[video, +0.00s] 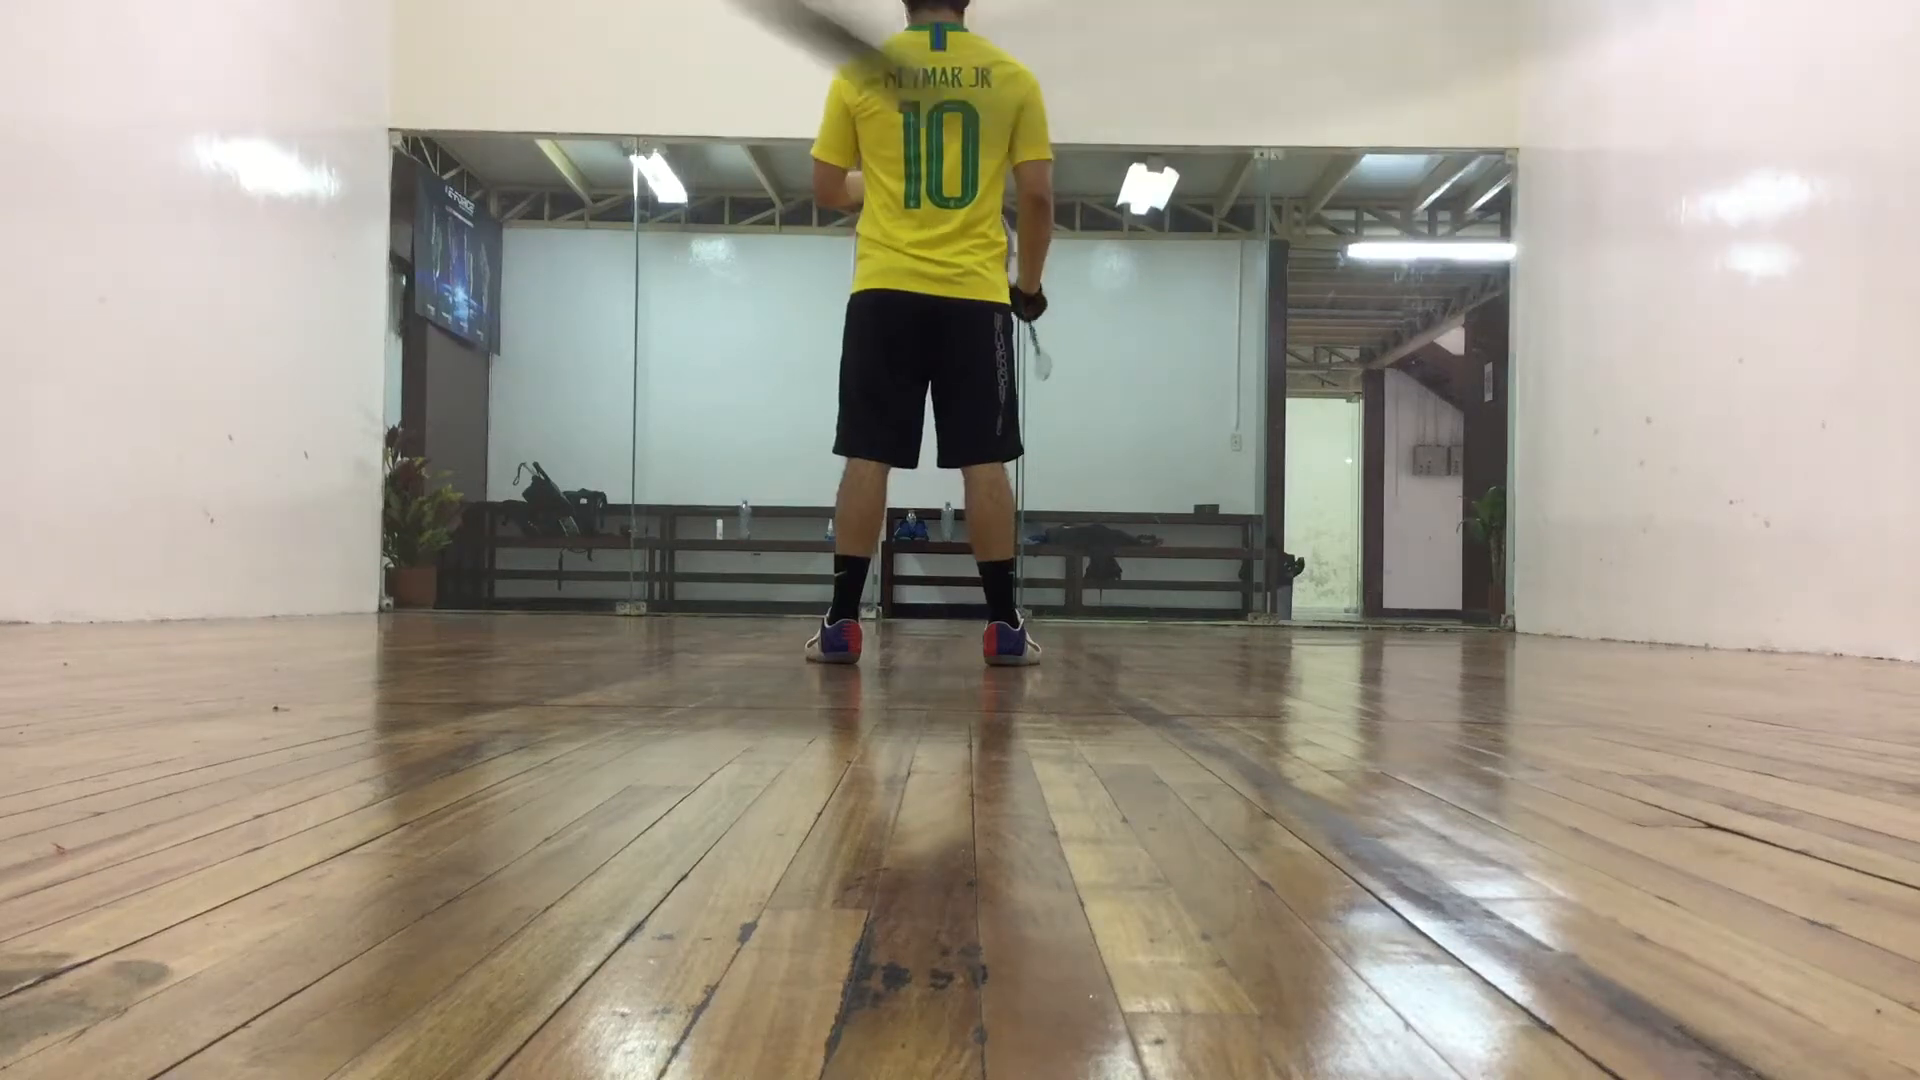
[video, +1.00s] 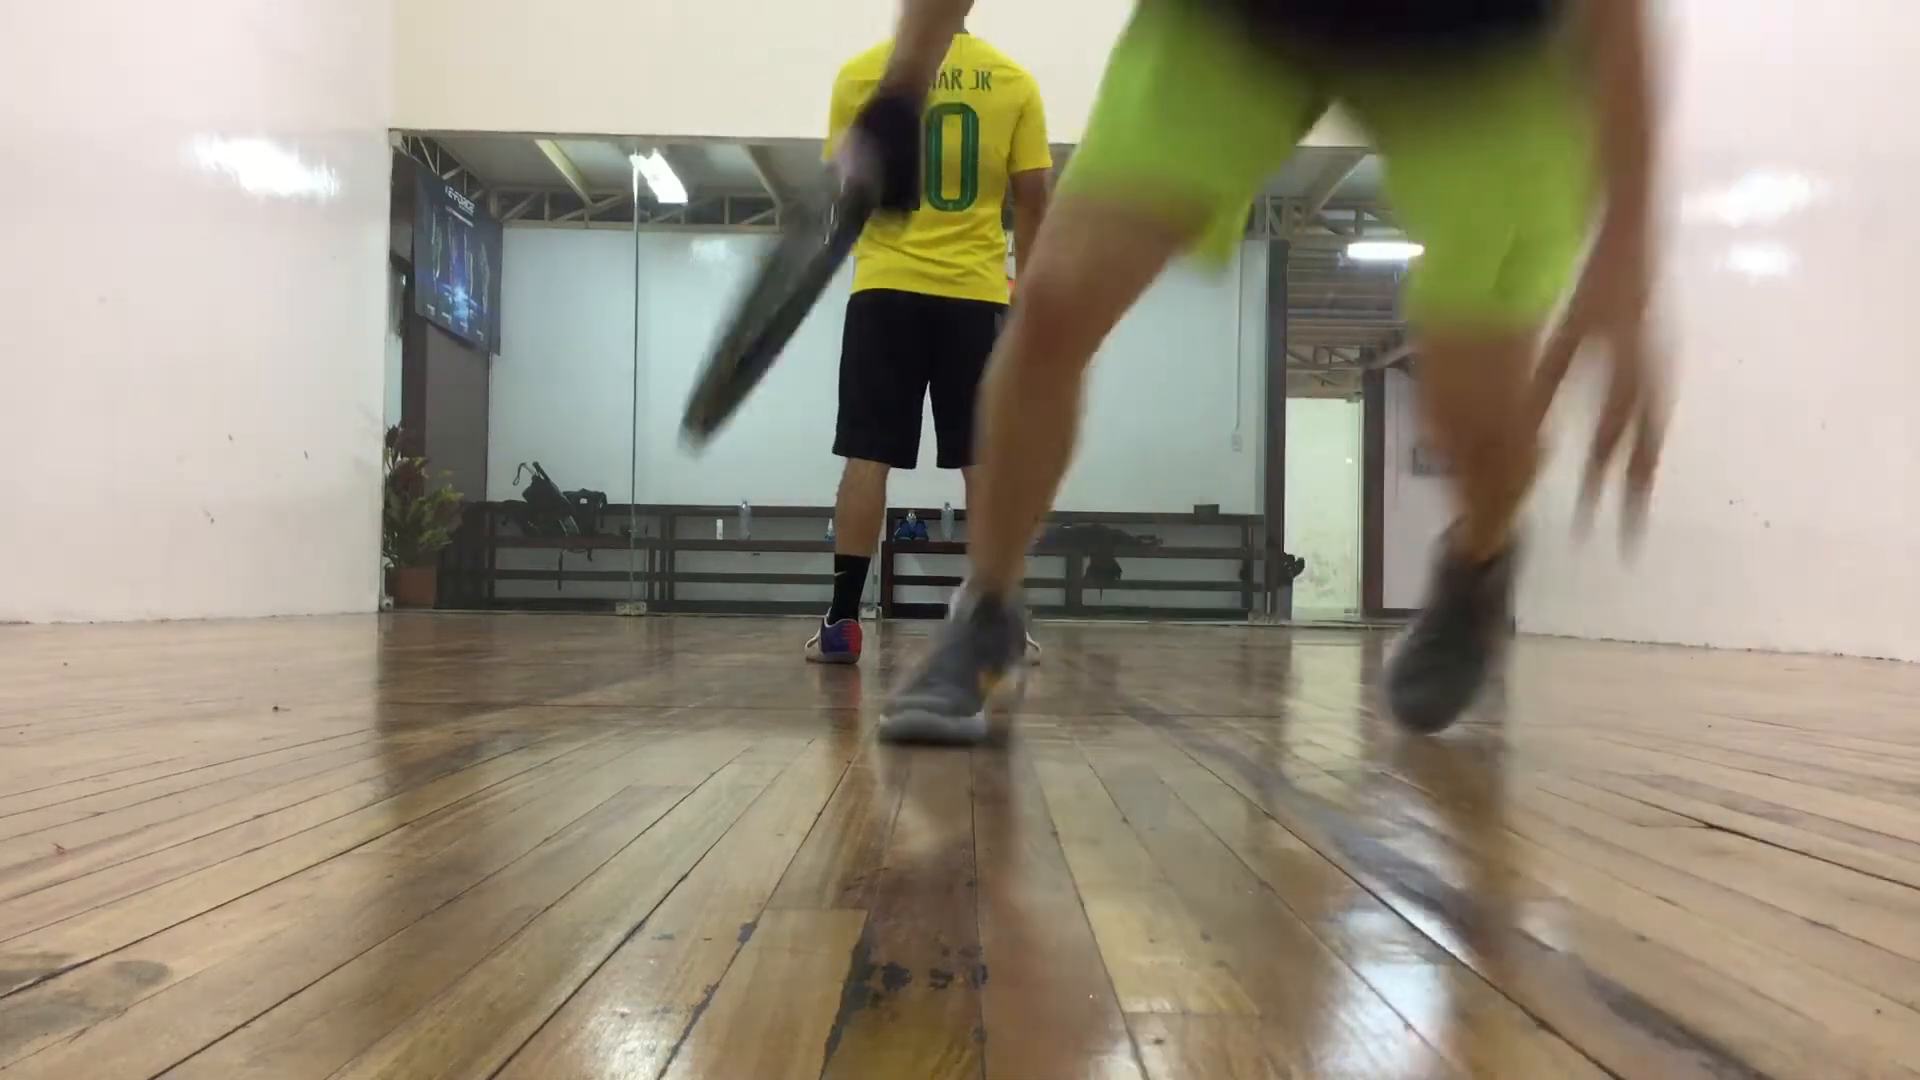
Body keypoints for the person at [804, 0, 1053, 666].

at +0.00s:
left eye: (912, 6)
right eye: (957, 4)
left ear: (904, 3)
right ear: (967, 3)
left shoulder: (860, 71)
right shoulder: (1012, 77)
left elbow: (829, 191)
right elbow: (1037, 194)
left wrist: (874, 182)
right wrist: (1029, 282)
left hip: (884, 298)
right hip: (974, 304)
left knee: (866, 458)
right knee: (985, 463)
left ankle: (842, 621)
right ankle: (1005, 624)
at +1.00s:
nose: (939, 10)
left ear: (906, 9)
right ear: (968, 9)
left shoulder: (861, 74)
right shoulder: (1011, 81)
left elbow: (845, 185)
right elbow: (1033, 202)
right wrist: (1029, 296)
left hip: (883, 300)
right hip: (976, 305)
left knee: (866, 460)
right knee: (986, 465)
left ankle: (842, 621)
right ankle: (998, 629)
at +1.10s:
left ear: (905, 8)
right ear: (979, 12)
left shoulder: (864, 72)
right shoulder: (1013, 81)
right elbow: (1034, 205)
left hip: (883, 299)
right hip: (975, 302)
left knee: (866, 460)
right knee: (985, 461)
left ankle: (842, 621)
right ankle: (1000, 620)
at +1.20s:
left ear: (906, 3)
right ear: (968, 3)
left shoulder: (861, 74)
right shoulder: (1010, 65)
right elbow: (1037, 196)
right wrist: (1012, 254)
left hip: (884, 296)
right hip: (978, 300)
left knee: (866, 458)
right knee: (985, 459)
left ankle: (843, 620)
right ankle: (1000, 621)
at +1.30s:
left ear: (906, 6)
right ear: (969, 6)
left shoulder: (860, 75)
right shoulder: (1013, 75)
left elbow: (836, 197)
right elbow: (1043, 178)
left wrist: (875, 237)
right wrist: (1002, 242)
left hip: (895, 304)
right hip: (987, 306)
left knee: (867, 457)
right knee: (998, 456)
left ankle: (842, 622)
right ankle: (1000, 622)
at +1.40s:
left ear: (905, 7)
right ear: (969, 7)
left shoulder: (861, 74)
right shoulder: (1013, 76)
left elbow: (836, 194)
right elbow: (1038, 178)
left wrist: (866, 229)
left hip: (885, 291)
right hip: (982, 294)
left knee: (864, 452)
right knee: (991, 451)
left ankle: (840, 620)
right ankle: (999, 622)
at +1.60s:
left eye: (899, 10)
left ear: (904, 7)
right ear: (969, 8)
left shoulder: (862, 74)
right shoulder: (1015, 77)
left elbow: (837, 198)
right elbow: (1038, 182)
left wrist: (876, 233)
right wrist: (1004, 237)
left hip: (882, 286)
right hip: (982, 289)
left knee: (857, 443)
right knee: (985, 443)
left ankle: (836, 621)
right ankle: (1000, 620)